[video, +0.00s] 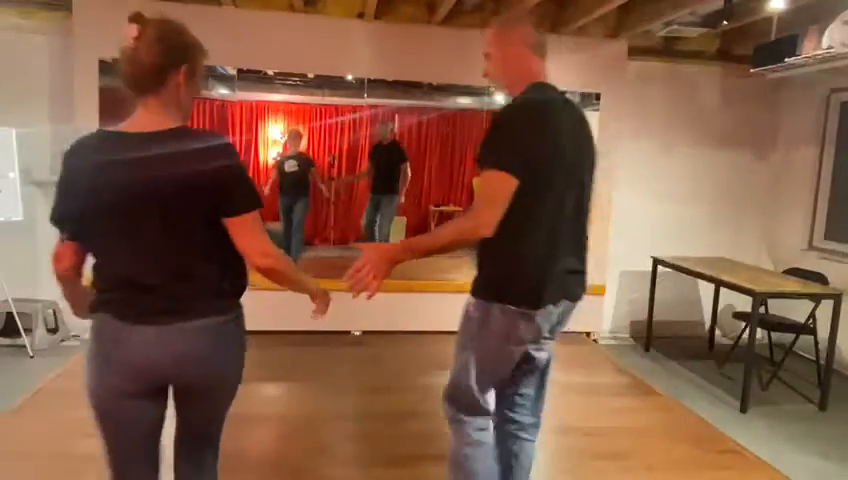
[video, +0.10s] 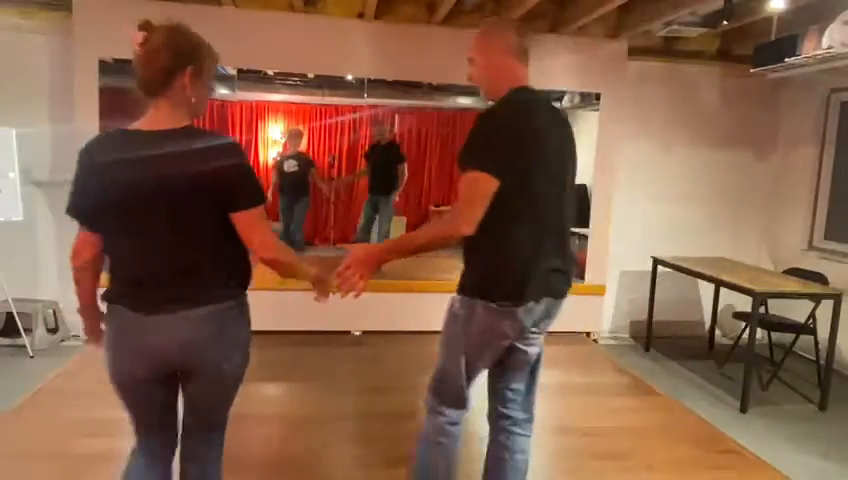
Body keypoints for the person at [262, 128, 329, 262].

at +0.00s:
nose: (294, 142)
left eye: (296, 139)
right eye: (292, 139)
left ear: (299, 140)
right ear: (288, 140)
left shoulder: (306, 159)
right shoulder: (281, 160)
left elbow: (315, 176)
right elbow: (274, 176)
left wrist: (323, 189)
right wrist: (268, 187)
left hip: (301, 195)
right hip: (285, 195)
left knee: (296, 225)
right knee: (287, 225)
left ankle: (293, 254)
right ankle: (288, 253)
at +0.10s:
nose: (294, 143)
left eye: (297, 139)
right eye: (292, 139)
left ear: (300, 141)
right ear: (288, 141)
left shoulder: (305, 158)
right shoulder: (280, 159)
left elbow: (315, 176)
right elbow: (275, 178)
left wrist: (324, 188)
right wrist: (270, 192)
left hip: (301, 195)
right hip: (285, 195)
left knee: (297, 222)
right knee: (286, 222)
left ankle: (296, 244)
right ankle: (286, 243)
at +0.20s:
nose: (296, 142)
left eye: (298, 138)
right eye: (293, 138)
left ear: (301, 140)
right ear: (288, 140)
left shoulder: (305, 158)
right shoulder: (280, 160)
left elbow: (315, 176)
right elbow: (274, 181)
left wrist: (324, 187)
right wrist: (272, 198)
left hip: (301, 195)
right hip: (283, 195)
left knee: (298, 223)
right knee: (284, 222)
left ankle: (299, 247)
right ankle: (283, 248)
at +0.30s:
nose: (296, 142)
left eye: (298, 138)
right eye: (294, 138)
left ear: (300, 140)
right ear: (289, 139)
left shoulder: (306, 159)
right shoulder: (279, 160)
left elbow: (315, 177)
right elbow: (274, 183)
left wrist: (325, 186)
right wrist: (273, 199)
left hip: (301, 197)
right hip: (282, 197)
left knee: (298, 231)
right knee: (281, 230)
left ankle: (296, 263)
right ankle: (278, 266)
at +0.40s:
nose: (296, 141)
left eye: (298, 138)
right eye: (294, 138)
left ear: (299, 139)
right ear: (288, 138)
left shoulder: (304, 158)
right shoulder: (277, 157)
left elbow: (313, 176)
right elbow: (272, 178)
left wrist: (324, 186)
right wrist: (269, 194)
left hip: (300, 198)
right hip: (281, 197)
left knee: (298, 231)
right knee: (281, 231)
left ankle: (295, 266)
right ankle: (280, 268)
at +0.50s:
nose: (299, 141)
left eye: (299, 138)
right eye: (297, 138)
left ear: (297, 139)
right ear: (289, 138)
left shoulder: (303, 158)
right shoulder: (275, 157)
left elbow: (311, 176)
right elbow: (269, 179)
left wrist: (324, 184)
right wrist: (267, 198)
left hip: (299, 198)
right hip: (281, 198)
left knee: (298, 231)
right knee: (280, 231)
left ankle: (294, 264)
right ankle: (280, 268)